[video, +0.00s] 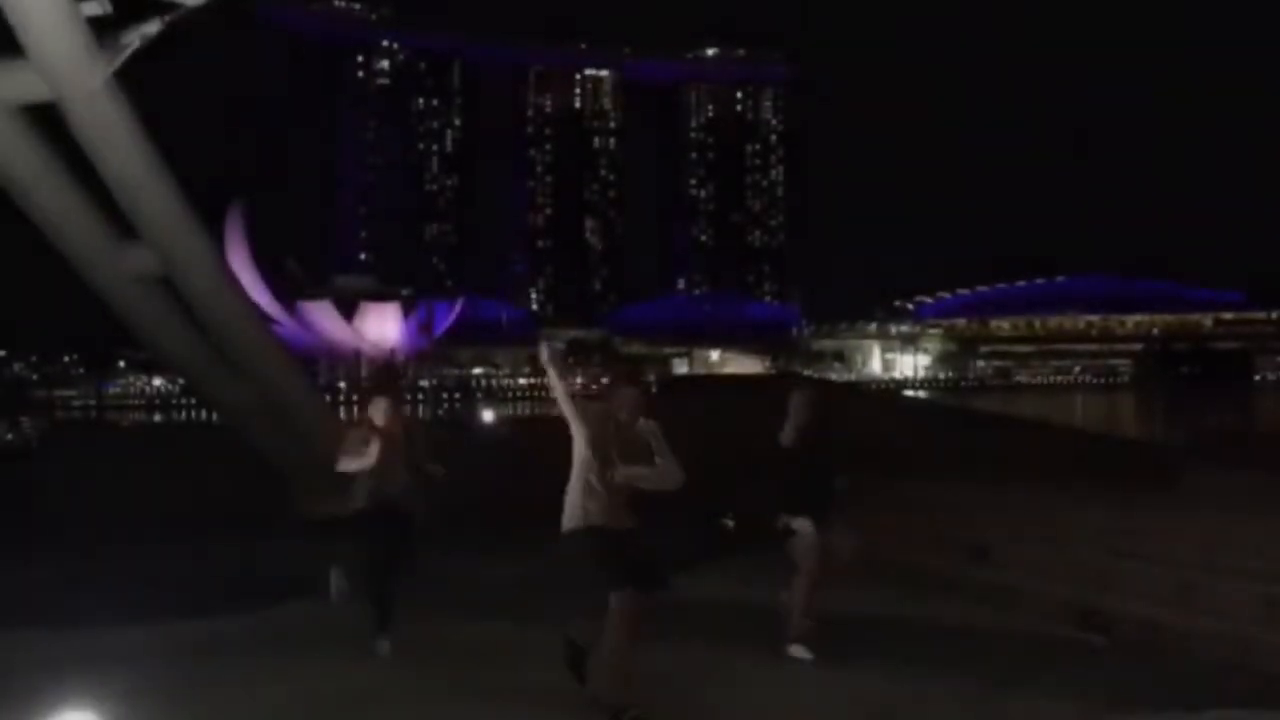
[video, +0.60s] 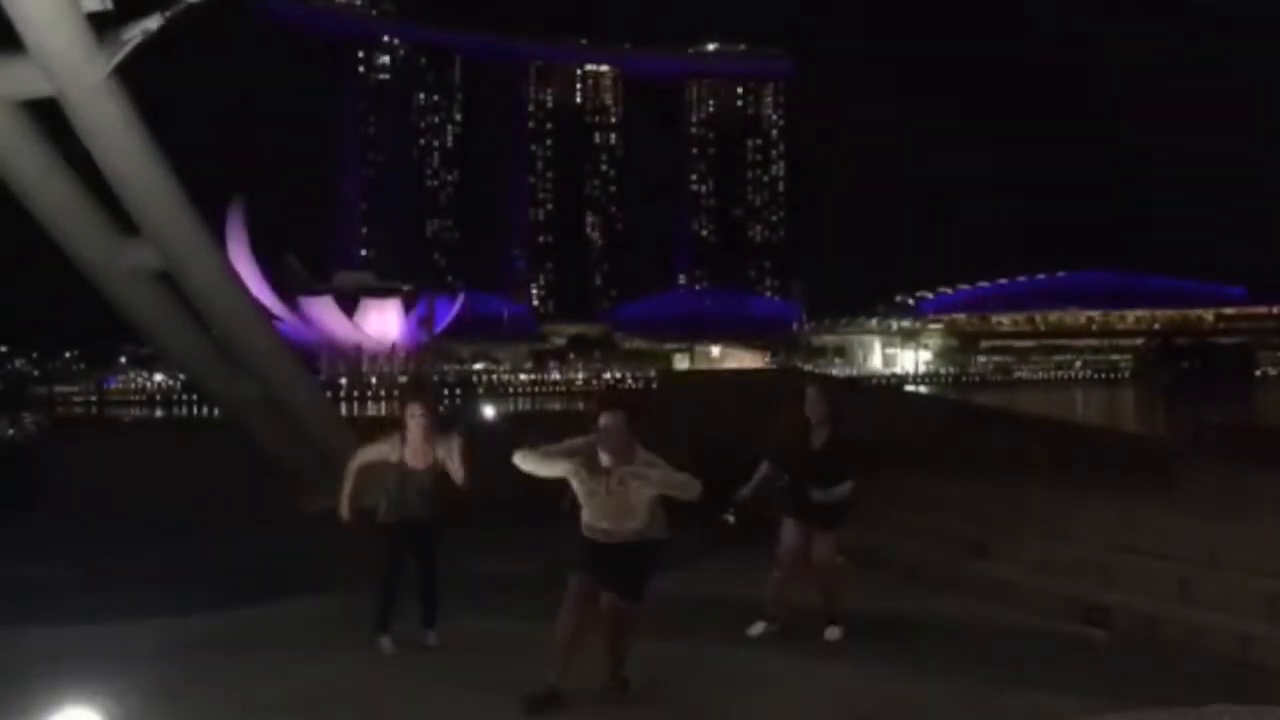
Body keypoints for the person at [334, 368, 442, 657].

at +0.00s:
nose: (382, 414)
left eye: (388, 408)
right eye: (377, 408)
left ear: (395, 409)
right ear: (368, 408)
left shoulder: (405, 434)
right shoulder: (359, 434)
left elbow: (418, 467)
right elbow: (344, 464)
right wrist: (370, 454)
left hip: (399, 508)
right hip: (367, 508)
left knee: (392, 570)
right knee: (375, 570)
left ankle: (386, 629)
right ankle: (381, 630)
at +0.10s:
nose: (393, 434)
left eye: (396, 429)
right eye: (388, 429)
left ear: (399, 432)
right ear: (378, 432)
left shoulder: (400, 458)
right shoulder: (371, 457)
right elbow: (362, 437)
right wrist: (381, 402)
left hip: (400, 523)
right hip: (376, 524)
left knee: (396, 583)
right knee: (385, 585)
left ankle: (388, 638)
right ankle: (383, 640)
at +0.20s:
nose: (400, 442)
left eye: (402, 436)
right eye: (395, 436)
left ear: (404, 440)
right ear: (386, 438)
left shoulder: (403, 464)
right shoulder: (378, 463)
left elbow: (402, 429)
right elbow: (380, 425)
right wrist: (390, 390)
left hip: (404, 526)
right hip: (380, 528)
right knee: (389, 586)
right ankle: (384, 638)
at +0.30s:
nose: (400, 424)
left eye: (404, 419)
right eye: (395, 418)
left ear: (408, 421)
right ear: (386, 421)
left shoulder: (411, 448)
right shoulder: (379, 447)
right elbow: (394, 440)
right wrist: (412, 415)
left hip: (410, 517)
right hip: (384, 518)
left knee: (408, 578)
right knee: (387, 580)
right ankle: (383, 635)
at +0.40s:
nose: (405, 413)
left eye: (409, 407)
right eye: (399, 408)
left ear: (416, 410)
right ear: (390, 411)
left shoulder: (424, 436)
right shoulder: (383, 436)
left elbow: (431, 467)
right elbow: (388, 468)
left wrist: (426, 488)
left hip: (418, 510)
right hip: (387, 510)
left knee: (425, 570)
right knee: (387, 572)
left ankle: (426, 627)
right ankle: (382, 633)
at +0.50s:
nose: (417, 416)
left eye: (421, 410)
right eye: (410, 410)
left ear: (428, 413)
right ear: (400, 414)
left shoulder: (434, 443)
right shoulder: (392, 443)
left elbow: (441, 485)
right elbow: (374, 486)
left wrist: (459, 498)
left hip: (425, 520)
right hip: (394, 520)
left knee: (427, 575)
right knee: (389, 578)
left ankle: (428, 629)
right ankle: (382, 634)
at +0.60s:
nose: (419, 422)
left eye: (423, 416)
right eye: (413, 416)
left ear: (430, 418)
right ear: (405, 420)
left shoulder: (438, 448)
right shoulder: (394, 447)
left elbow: (459, 480)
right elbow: (356, 461)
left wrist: (454, 446)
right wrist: (345, 502)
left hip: (427, 519)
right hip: (393, 520)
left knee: (428, 574)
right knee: (390, 574)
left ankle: (429, 627)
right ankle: (383, 632)